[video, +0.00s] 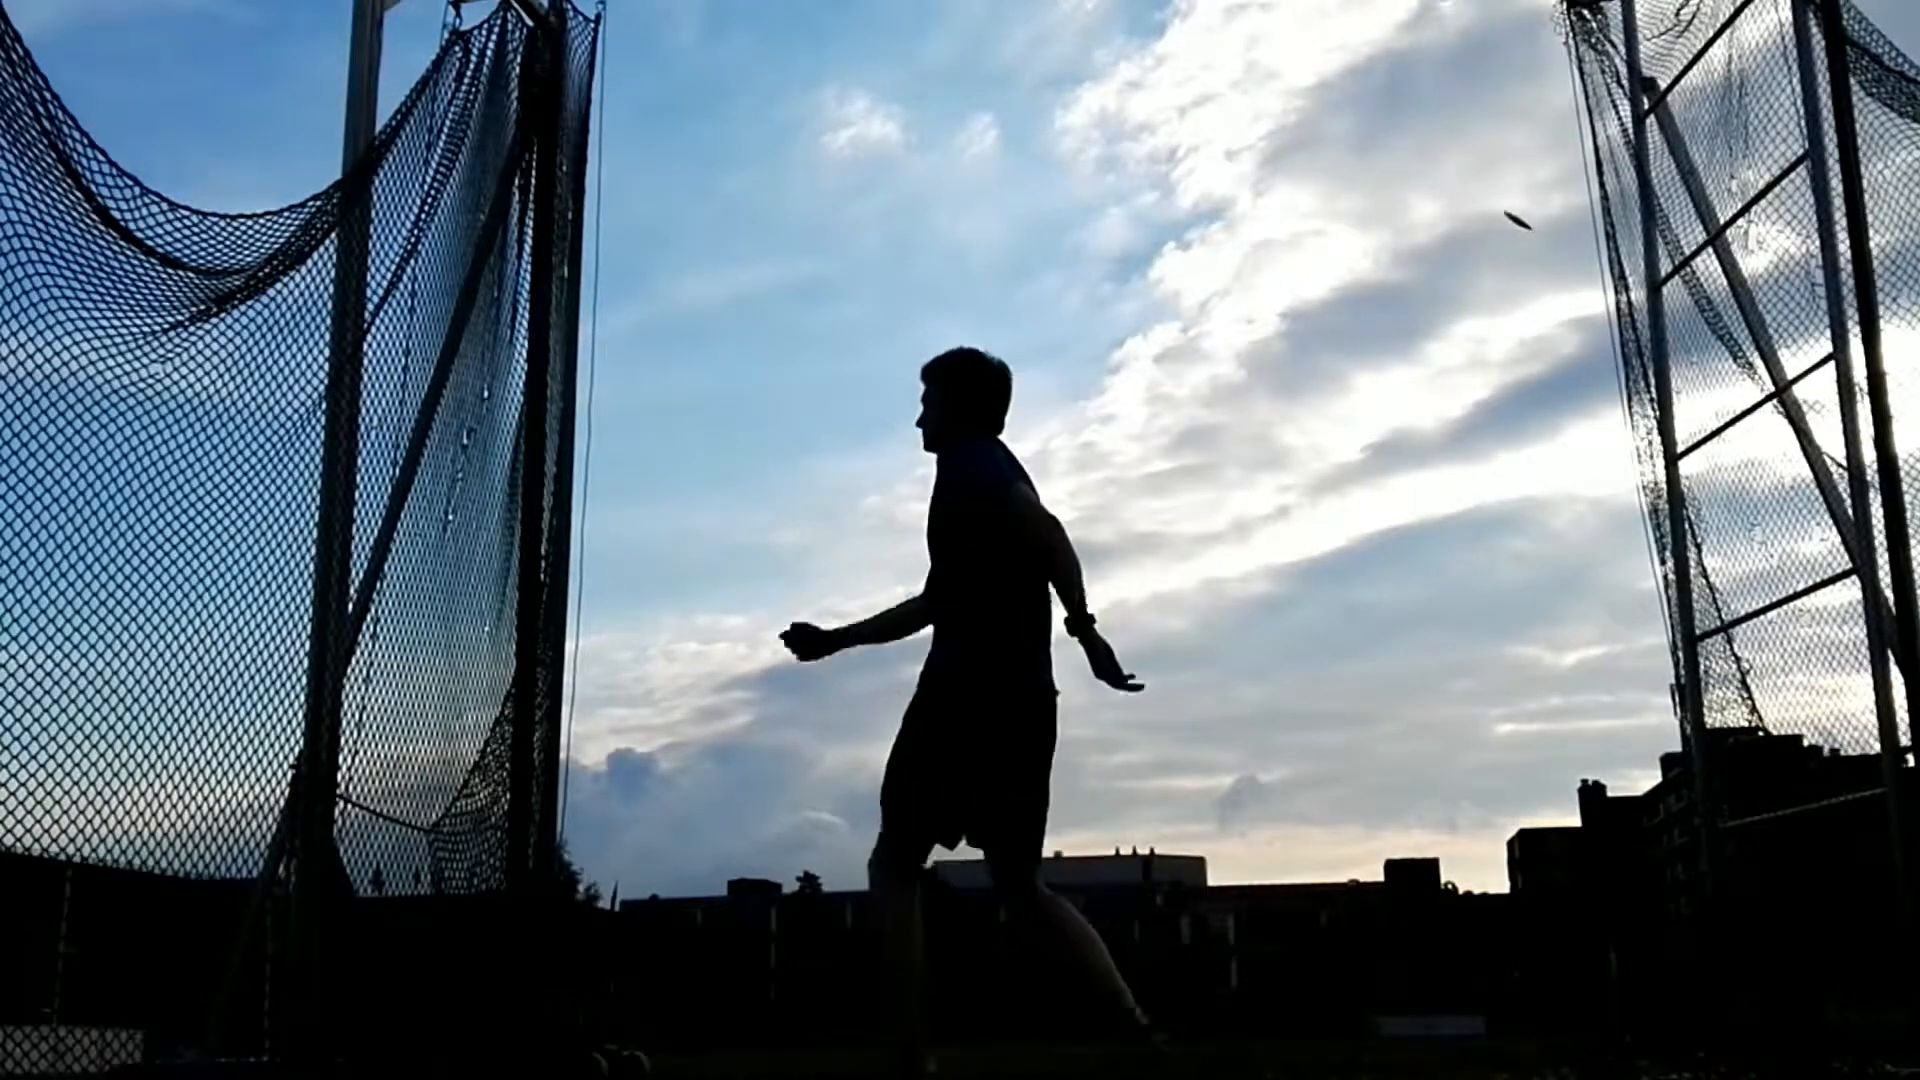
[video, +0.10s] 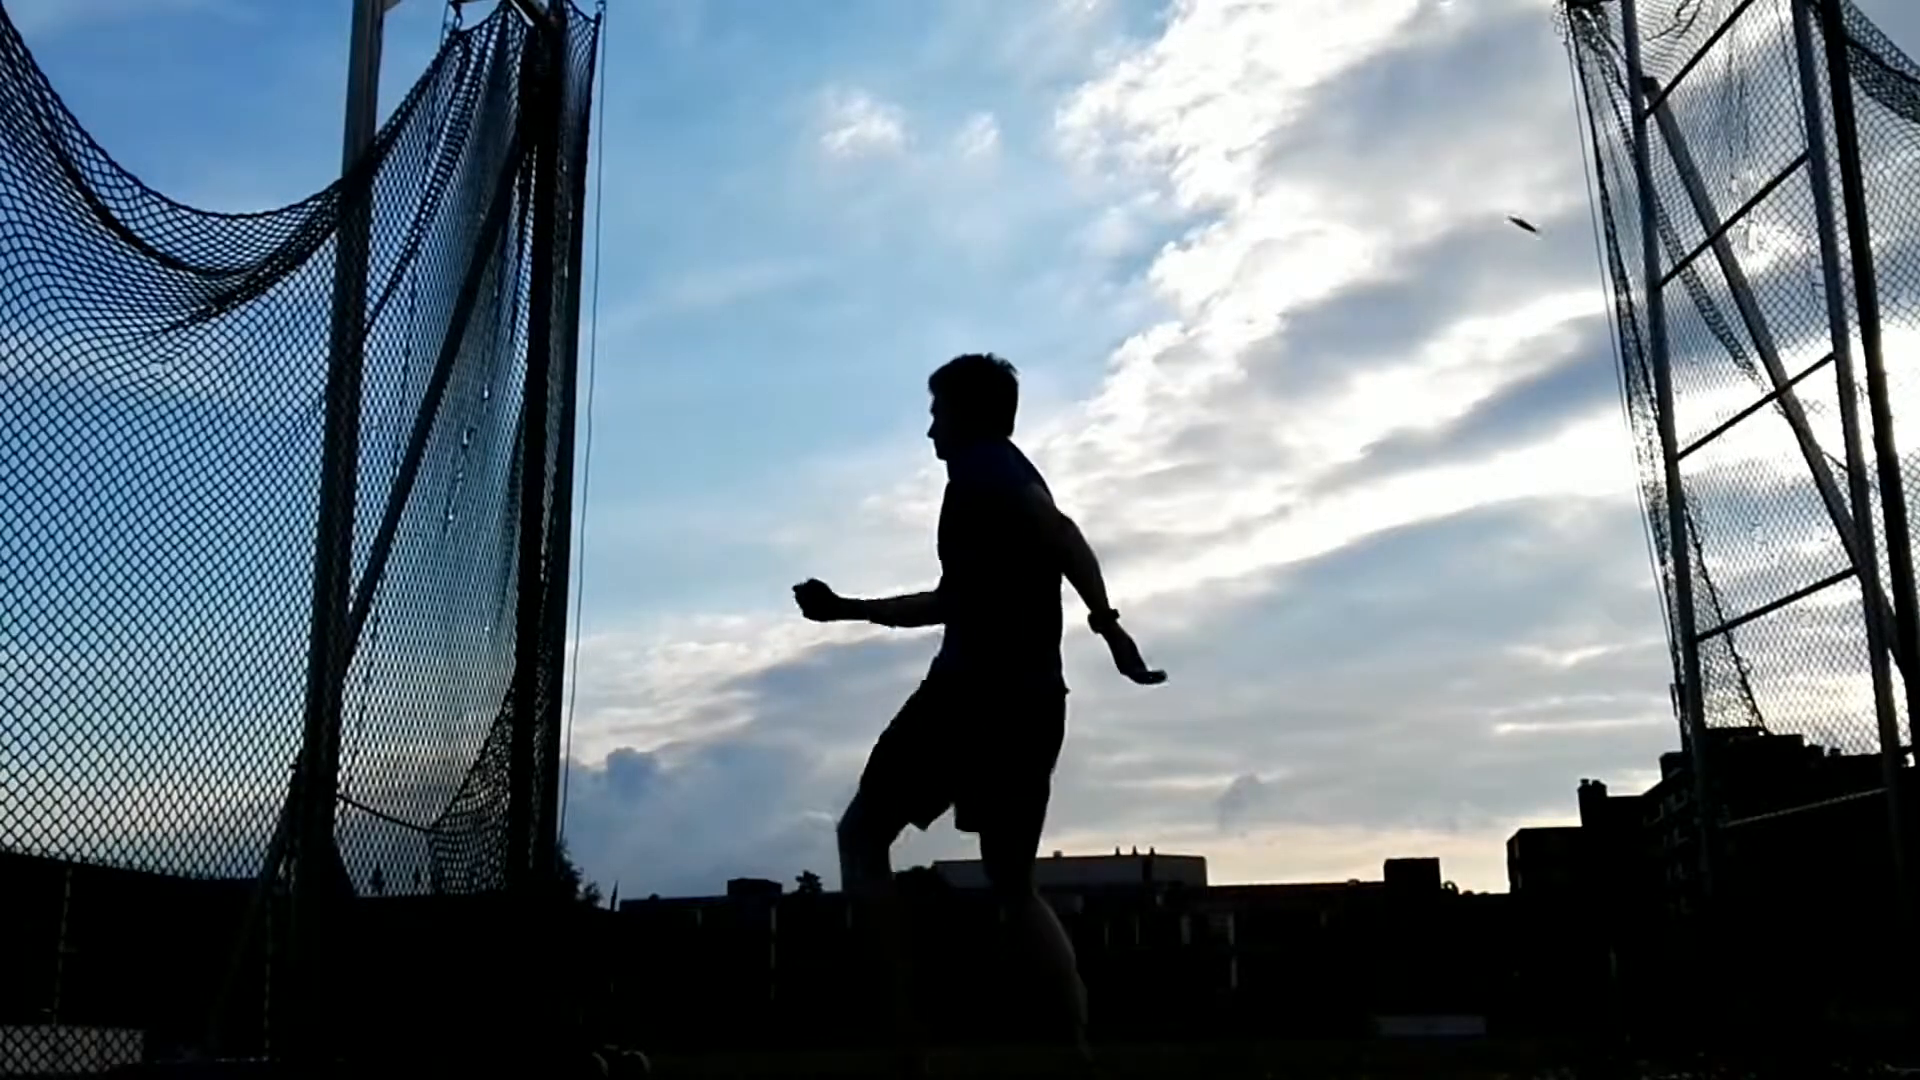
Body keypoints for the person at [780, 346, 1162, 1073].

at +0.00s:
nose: (918, 416)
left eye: (929, 401)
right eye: (921, 401)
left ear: (963, 406)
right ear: (980, 407)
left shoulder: (977, 465)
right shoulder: (971, 476)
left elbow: (1049, 535)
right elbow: (937, 600)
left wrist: (1083, 624)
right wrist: (835, 641)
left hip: (965, 698)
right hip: (1018, 702)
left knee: (895, 867)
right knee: (1021, 884)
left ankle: (905, 1045)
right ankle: (1131, 1026)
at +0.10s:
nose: (931, 424)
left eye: (941, 409)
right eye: (932, 409)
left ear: (972, 411)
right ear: (994, 413)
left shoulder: (988, 468)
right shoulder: (987, 482)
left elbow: (1065, 539)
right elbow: (952, 602)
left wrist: (1108, 624)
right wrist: (843, 608)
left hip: (970, 692)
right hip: (1028, 700)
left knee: (862, 833)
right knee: (1013, 883)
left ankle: (887, 1016)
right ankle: (1077, 1043)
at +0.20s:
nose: (938, 440)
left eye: (947, 425)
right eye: (938, 426)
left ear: (978, 425)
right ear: (995, 425)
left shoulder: (1002, 477)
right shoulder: (988, 499)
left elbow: (1081, 550)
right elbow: (943, 618)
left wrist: (1127, 640)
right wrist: (852, 599)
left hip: (982, 697)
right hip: (1032, 709)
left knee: (838, 790)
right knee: (1012, 891)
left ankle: (848, 969)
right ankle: (1078, 1054)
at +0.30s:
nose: (944, 457)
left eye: (952, 442)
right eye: (944, 443)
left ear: (984, 443)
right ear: (997, 444)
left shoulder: (1009, 493)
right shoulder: (1000, 517)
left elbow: (1091, 566)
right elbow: (942, 637)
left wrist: (1141, 658)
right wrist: (856, 604)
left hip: (993, 709)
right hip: (1036, 727)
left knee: (831, 742)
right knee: (1022, 903)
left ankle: (809, 893)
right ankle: (1084, 1057)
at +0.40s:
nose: (949, 473)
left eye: (956, 458)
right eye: (949, 459)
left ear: (986, 457)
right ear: (998, 460)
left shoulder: (1016, 509)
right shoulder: (1003, 539)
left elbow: (1095, 579)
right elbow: (943, 650)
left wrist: (1153, 666)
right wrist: (861, 611)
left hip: (1008, 722)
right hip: (1032, 739)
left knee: (840, 699)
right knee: (1020, 916)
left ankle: (762, 841)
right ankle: (1085, 1065)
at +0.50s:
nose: (949, 480)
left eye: (955, 465)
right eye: (949, 467)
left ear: (982, 464)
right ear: (999, 465)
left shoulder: (1013, 515)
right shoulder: (1004, 545)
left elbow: (1091, 579)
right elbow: (953, 652)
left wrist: (1153, 652)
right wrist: (869, 614)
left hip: (1005, 721)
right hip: (1033, 745)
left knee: (854, 659)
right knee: (1015, 913)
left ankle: (742, 757)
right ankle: (1083, 1062)